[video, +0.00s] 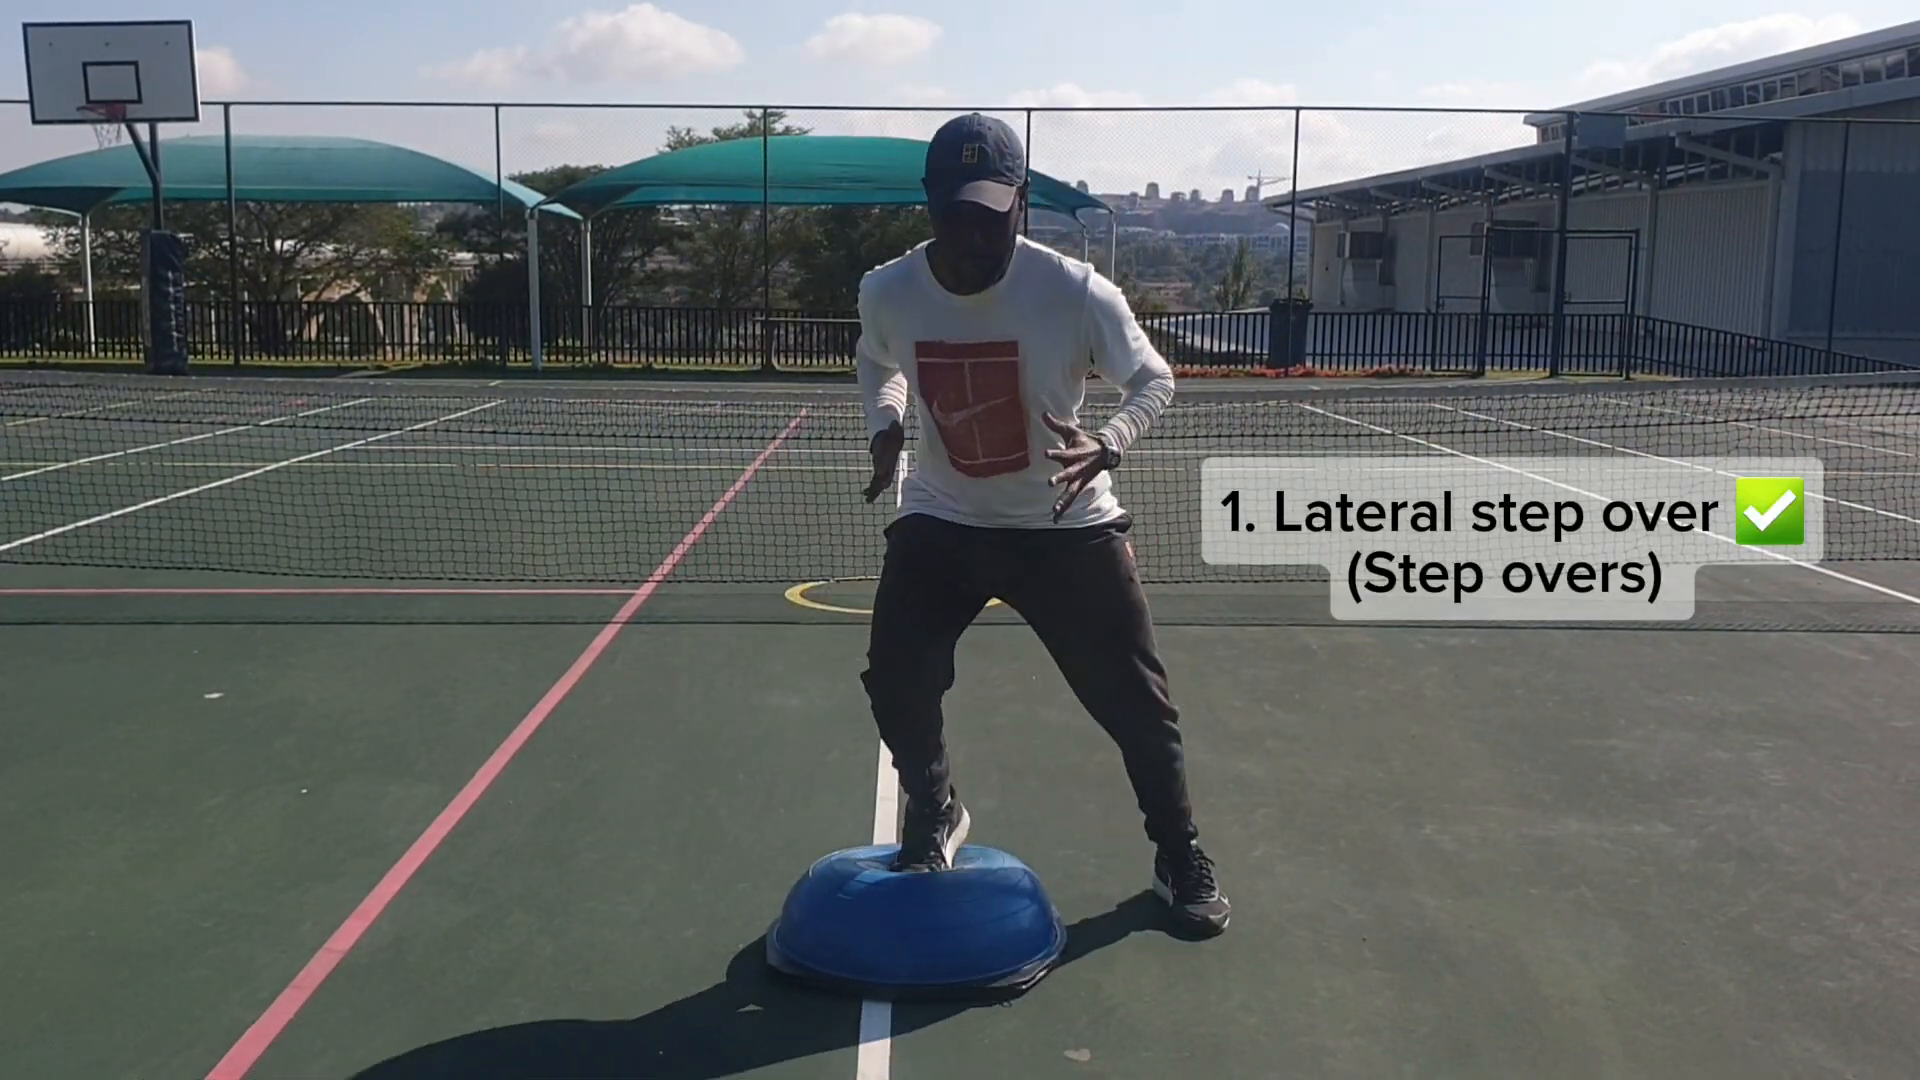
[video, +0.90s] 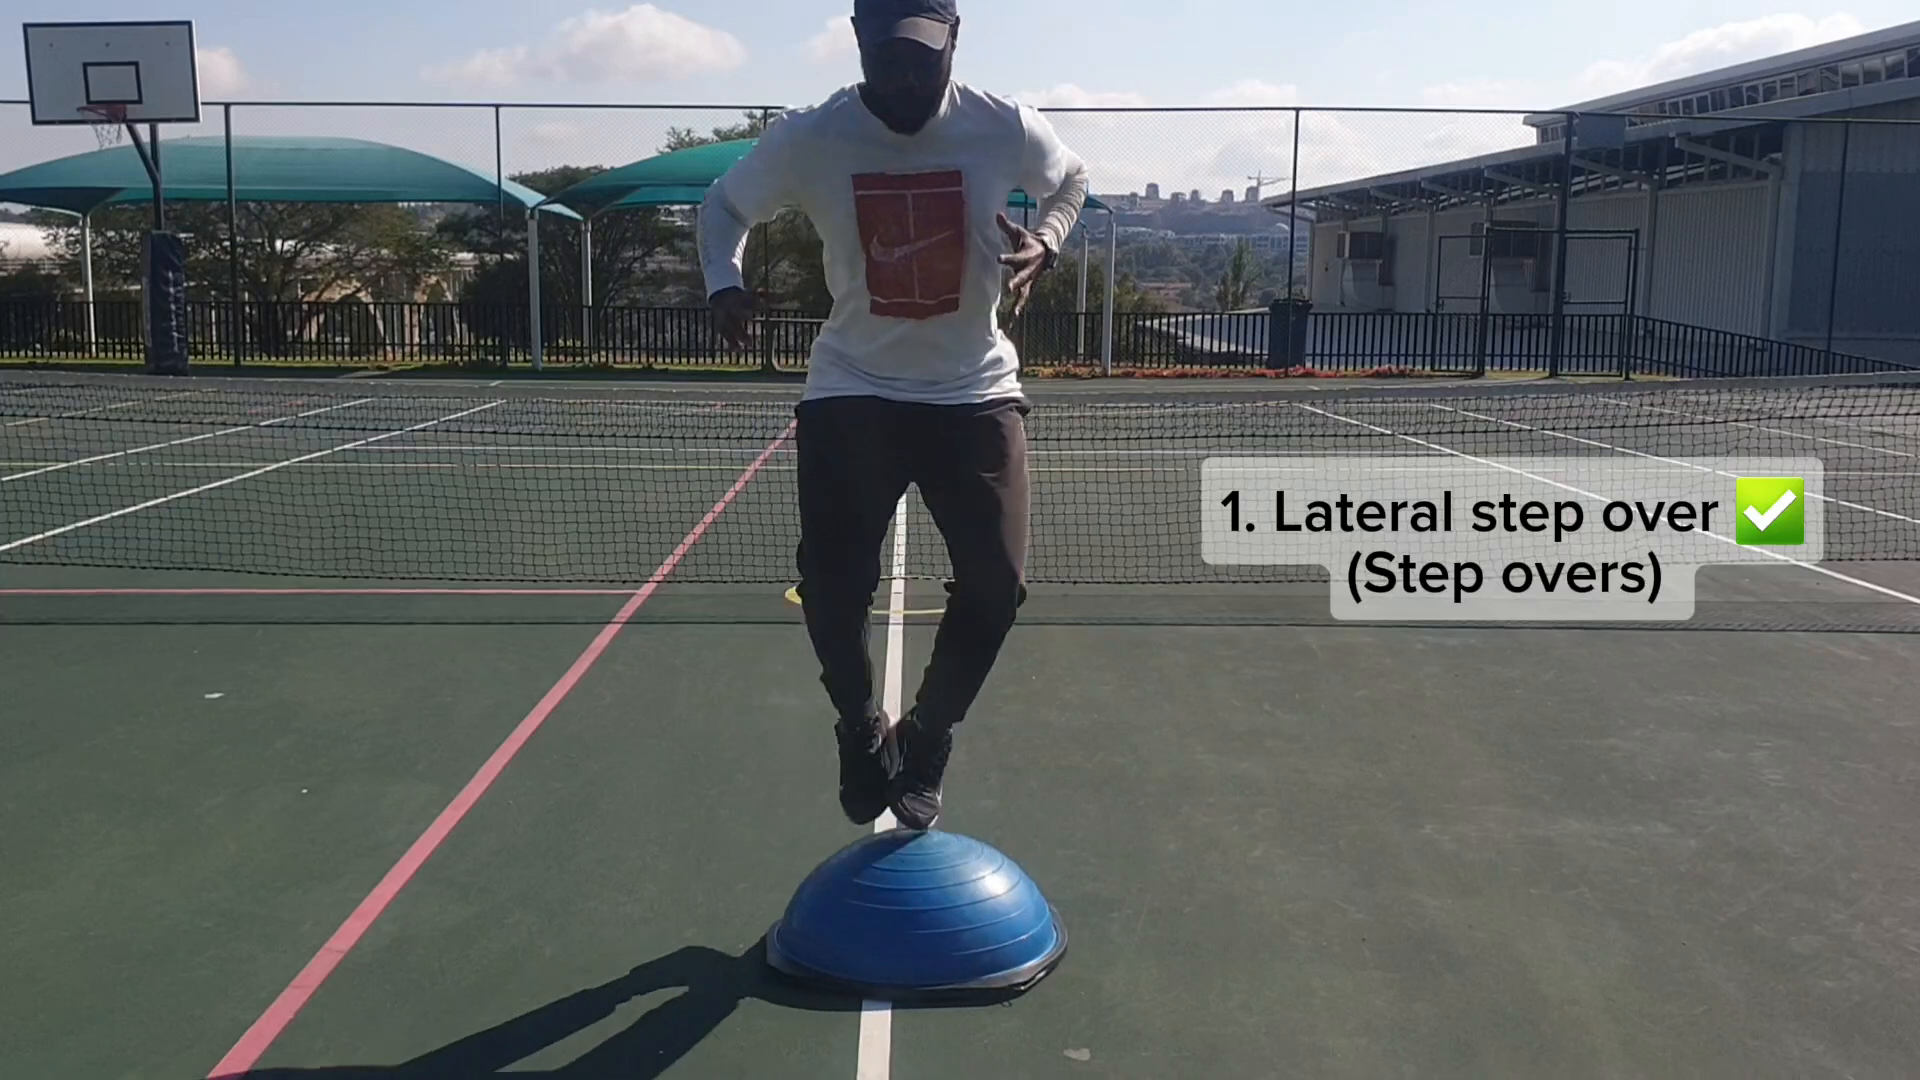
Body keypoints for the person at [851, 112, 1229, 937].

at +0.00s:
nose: (976, 235)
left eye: (994, 216)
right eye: (959, 215)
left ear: (1022, 206)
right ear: (930, 206)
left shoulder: (1079, 294)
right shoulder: (885, 295)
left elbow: (1152, 382)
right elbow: (876, 369)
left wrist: (1113, 435)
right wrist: (886, 424)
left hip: (1066, 524)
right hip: (941, 521)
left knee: (1139, 699)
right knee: (897, 679)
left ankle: (1180, 856)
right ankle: (929, 807)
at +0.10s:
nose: (960, 154)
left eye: (974, 135)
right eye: (940, 134)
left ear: (993, 127)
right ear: (899, 126)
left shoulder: (1041, 216)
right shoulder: (850, 207)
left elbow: (1117, 282)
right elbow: (826, 260)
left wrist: (1080, 343)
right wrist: (823, 319)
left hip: (1026, 472)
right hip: (903, 474)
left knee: (1092, 666)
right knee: (900, 670)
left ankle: (1149, 826)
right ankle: (929, 816)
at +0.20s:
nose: (923, 97)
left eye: (939, 78)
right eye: (905, 76)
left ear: (966, 64)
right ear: (874, 60)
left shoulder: (1012, 150)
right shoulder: (819, 147)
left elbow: (1086, 209)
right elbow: (792, 186)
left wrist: (1049, 280)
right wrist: (795, 270)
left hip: (983, 402)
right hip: (860, 412)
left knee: (1045, 594)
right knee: (862, 617)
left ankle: (1029, 735)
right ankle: (902, 774)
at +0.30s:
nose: (894, 93)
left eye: (910, 75)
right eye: (877, 73)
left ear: (935, 55)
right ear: (844, 52)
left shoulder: (980, 136)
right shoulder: (789, 133)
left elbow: (1052, 174)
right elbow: (743, 180)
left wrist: (1017, 262)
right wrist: (753, 278)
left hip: (947, 380)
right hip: (823, 379)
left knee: (977, 568)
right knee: (789, 573)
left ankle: (924, 723)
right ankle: (818, 727)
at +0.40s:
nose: (854, 116)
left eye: (871, 95)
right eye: (835, 96)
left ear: (898, 74)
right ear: (802, 74)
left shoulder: (950, 157)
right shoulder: (747, 161)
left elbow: (1013, 191)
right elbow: (711, 208)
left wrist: (976, 277)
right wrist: (729, 305)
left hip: (907, 421)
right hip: (781, 416)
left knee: (922, 616)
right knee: (730, 618)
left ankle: (862, 790)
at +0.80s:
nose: (865, 100)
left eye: (883, 80)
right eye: (848, 81)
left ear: (915, 74)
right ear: (825, 73)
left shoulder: (971, 158)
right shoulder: (777, 172)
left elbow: (1034, 199)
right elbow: (694, 246)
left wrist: (1013, 247)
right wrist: (712, 300)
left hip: (926, 442)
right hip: (801, 437)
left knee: (916, 644)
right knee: (750, 635)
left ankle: (868, 805)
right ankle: (730, 790)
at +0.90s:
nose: (902, 78)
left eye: (920, 57)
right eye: (885, 56)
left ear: (952, 46)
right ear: (859, 45)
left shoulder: (1009, 132)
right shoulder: (808, 141)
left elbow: (1068, 191)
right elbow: (720, 208)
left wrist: (1047, 240)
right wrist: (723, 284)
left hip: (975, 388)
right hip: (853, 385)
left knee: (995, 586)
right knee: (830, 586)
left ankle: (923, 751)